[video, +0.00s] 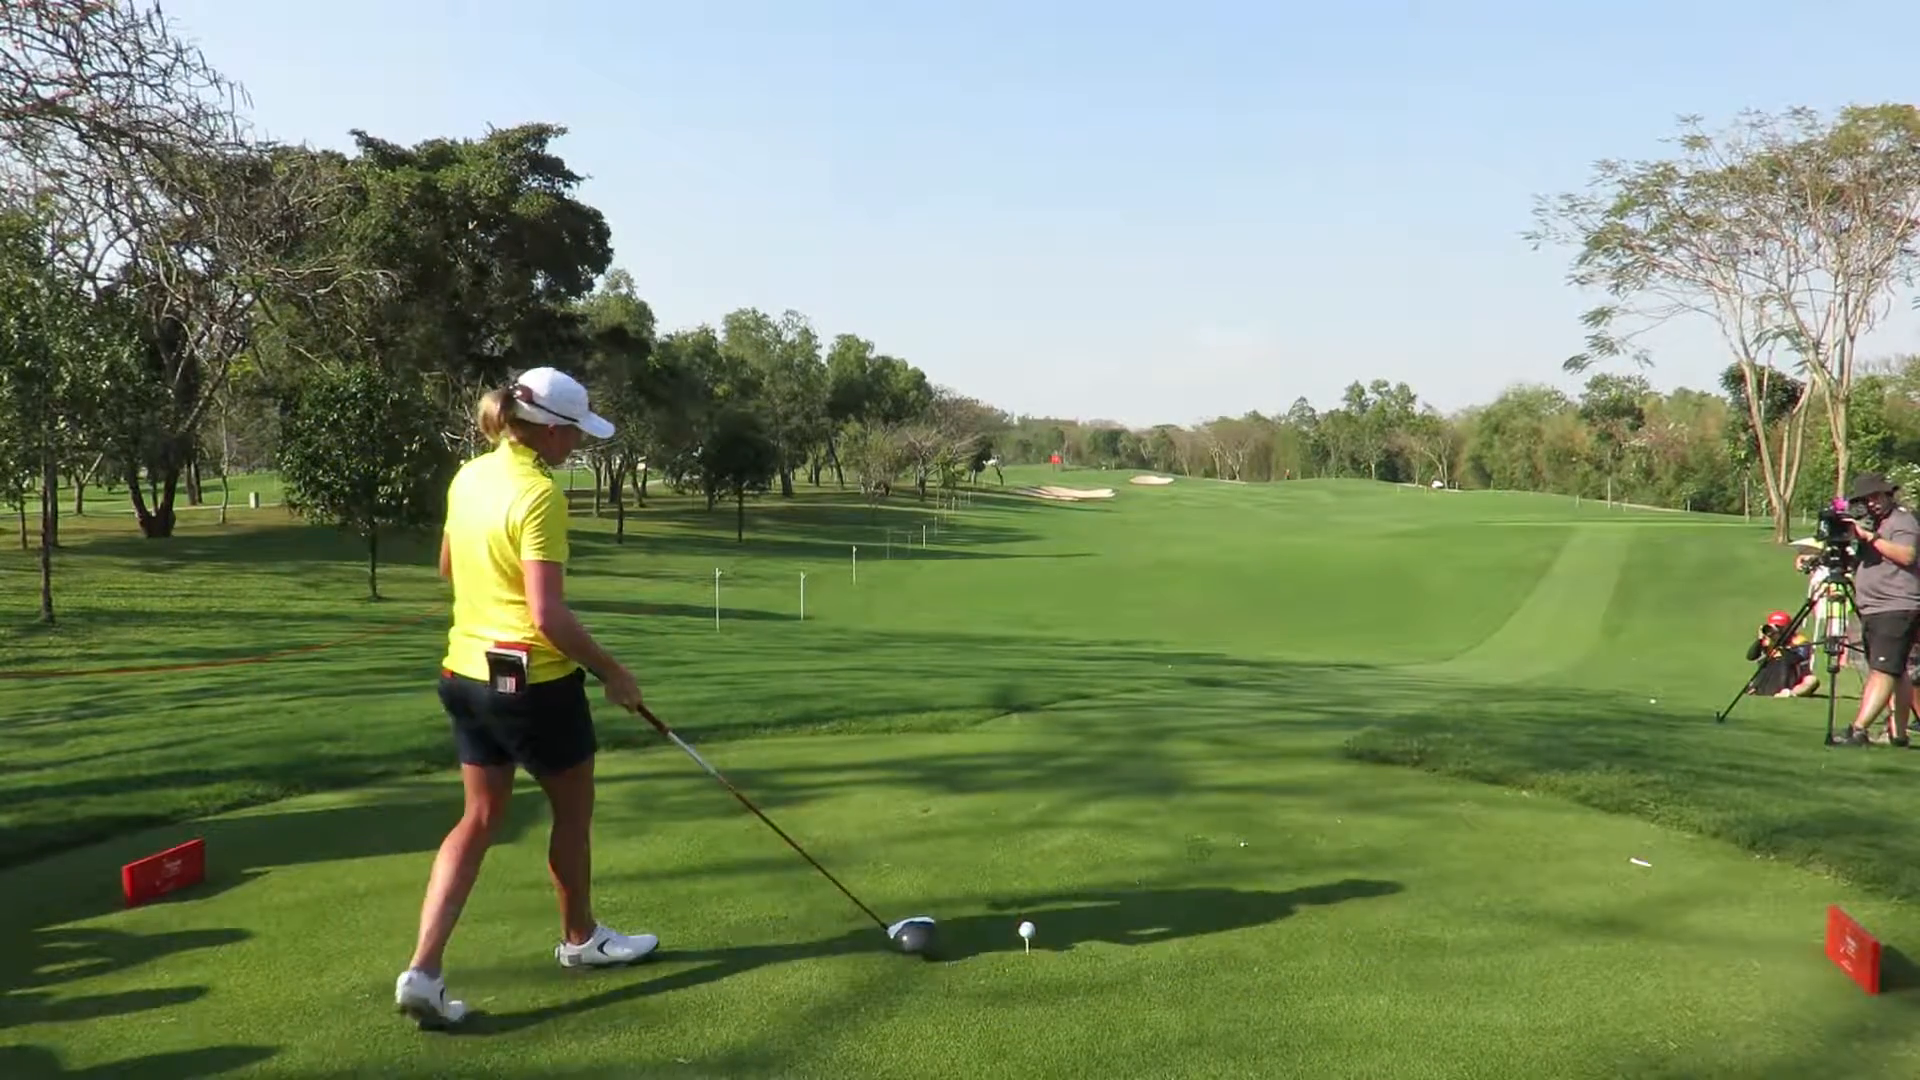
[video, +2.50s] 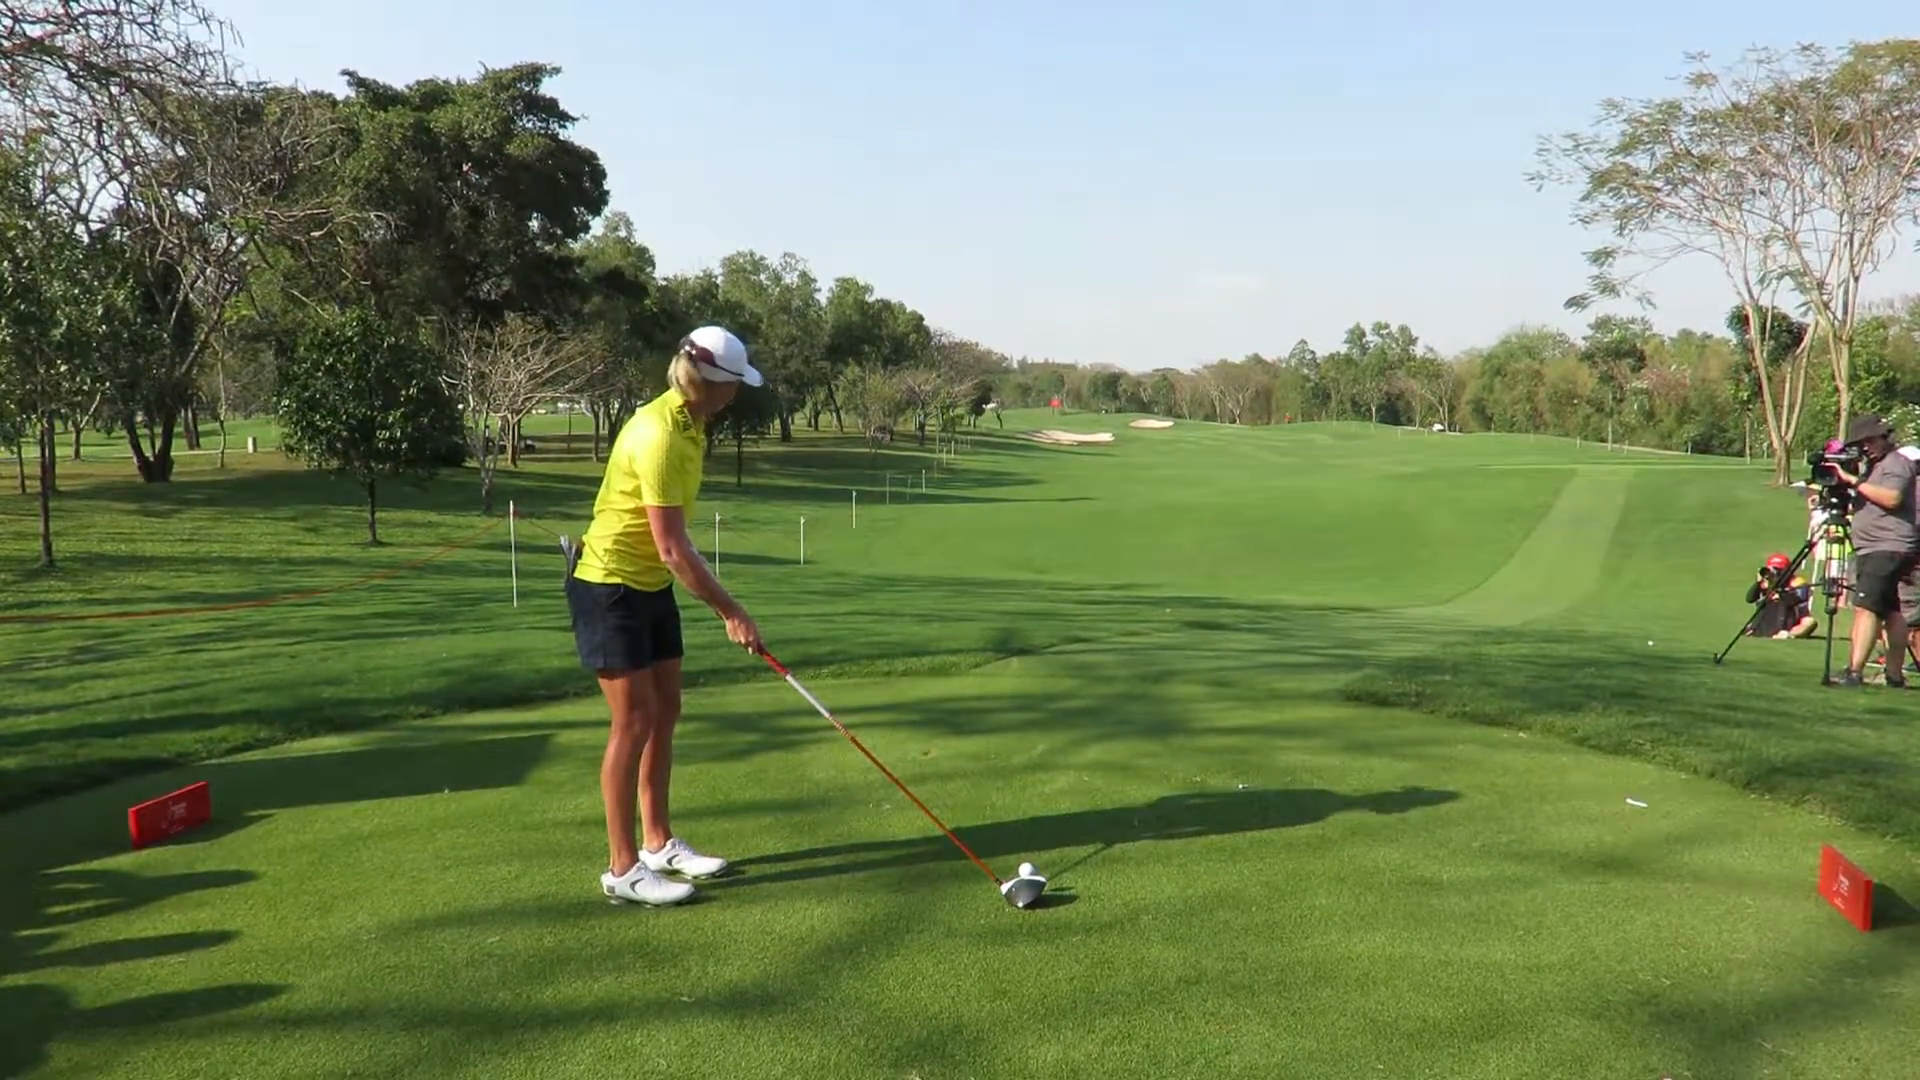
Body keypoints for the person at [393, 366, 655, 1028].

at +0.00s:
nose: (579, 443)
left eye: (580, 432)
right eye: (574, 432)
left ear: (523, 425)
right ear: (545, 429)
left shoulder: (470, 475)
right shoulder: (539, 493)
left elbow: (448, 566)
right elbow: (548, 615)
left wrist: (520, 585)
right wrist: (610, 668)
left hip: (466, 674)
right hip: (535, 681)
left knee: (480, 813)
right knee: (572, 806)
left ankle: (423, 972)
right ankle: (581, 935)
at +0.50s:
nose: (667, 446)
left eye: (669, 436)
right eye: (661, 435)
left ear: (632, 425)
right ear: (626, 425)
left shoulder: (613, 472)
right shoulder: (594, 482)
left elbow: (589, 569)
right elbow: (596, 594)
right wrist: (661, 649)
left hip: (603, 644)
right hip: (572, 647)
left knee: (629, 764)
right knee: (594, 787)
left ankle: (640, 894)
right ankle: (579, 933)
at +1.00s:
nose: (711, 432)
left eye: (715, 422)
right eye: (705, 419)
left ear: (693, 411)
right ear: (674, 406)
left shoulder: (677, 456)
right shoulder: (627, 458)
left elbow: (654, 528)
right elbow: (610, 557)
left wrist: (677, 570)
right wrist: (668, 623)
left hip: (646, 613)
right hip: (598, 614)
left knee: (651, 735)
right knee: (610, 747)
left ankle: (643, 872)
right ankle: (592, 893)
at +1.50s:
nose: (716, 416)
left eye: (720, 406)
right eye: (710, 404)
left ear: (692, 395)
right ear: (679, 391)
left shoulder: (677, 440)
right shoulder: (636, 443)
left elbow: (658, 526)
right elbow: (638, 554)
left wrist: (684, 574)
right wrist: (702, 613)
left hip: (648, 596)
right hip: (603, 600)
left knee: (664, 720)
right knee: (624, 736)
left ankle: (643, 853)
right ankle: (620, 884)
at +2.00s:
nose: (733, 411)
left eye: (736, 401)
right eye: (727, 400)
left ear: (707, 391)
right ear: (698, 388)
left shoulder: (691, 433)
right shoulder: (658, 441)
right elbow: (674, 554)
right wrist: (733, 615)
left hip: (656, 586)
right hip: (612, 588)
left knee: (662, 717)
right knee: (631, 727)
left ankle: (658, 848)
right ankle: (621, 873)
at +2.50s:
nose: (736, 394)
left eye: (737, 385)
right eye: (733, 384)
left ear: (700, 380)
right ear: (708, 383)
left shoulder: (690, 429)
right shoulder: (658, 435)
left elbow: (673, 531)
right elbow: (672, 550)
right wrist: (732, 612)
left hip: (653, 583)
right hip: (610, 584)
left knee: (664, 710)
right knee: (633, 720)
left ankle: (657, 844)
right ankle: (621, 868)